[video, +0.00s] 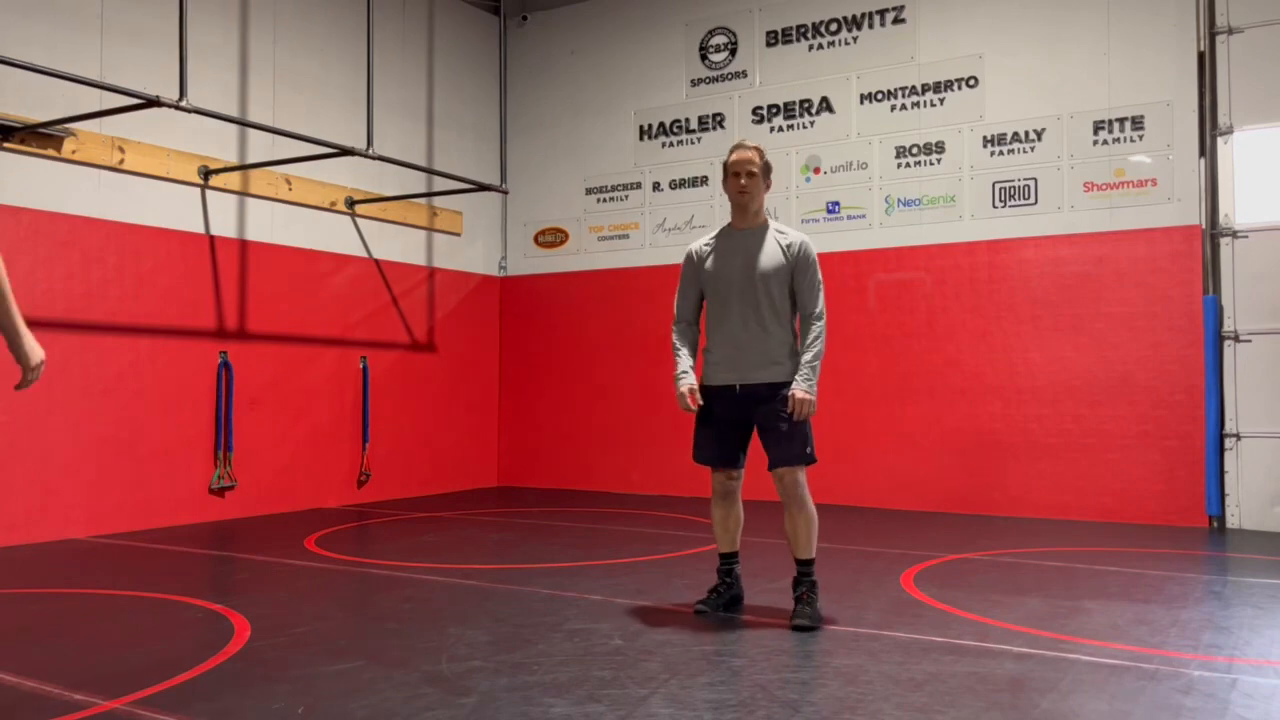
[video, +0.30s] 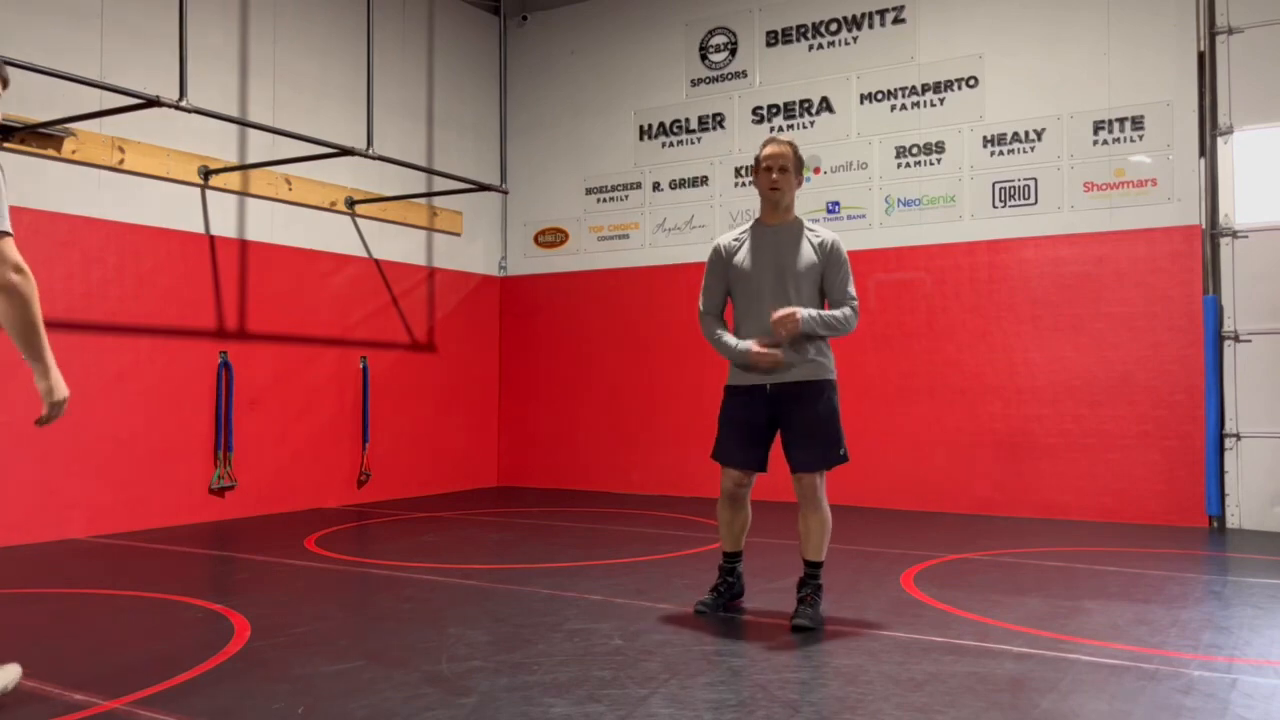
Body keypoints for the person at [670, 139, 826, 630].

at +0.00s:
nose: (742, 181)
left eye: (750, 174)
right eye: (734, 174)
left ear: (767, 183)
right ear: (723, 183)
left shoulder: (794, 247)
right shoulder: (701, 253)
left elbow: (815, 320)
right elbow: (683, 324)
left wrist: (806, 380)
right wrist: (684, 372)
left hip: (778, 389)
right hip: (721, 391)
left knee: (791, 485)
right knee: (724, 486)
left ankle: (806, 590)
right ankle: (728, 584)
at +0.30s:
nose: (773, 176)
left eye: (783, 169)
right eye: (765, 168)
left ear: (799, 179)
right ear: (754, 178)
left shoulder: (825, 245)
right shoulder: (728, 248)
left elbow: (847, 316)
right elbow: (709, 320)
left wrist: (805, 318)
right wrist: (741, 351)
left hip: (808, 385)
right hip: (747, 387)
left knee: (810, 489)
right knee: (733, 485)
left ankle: (810, 593)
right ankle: (729, 580)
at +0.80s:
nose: (787, 176)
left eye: (798, 167)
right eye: (780, 168)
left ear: (820, 174)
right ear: (773, 175)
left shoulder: (847, 238)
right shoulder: (750, 241)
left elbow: (840, 304)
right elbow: (736, 313)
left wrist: (810, 245)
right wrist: (800, 288)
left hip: (822, 382)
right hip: (761, 379)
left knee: (820, 489)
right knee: (736, 471)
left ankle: (812, 596)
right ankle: (731, 594)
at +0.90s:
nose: (779, 176)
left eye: (790, 167)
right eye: (775, 167)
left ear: (816, 173)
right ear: (771, 173)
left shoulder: (846, 238)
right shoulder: (748, 241)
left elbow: (841, 305)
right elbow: (732, 312)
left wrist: (812, 244)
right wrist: (800, 296)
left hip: (822, 383)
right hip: (760, 380)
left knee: (818, 490)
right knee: (740, 478)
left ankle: (812, 596)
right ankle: (733, 597)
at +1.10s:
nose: (764, 176)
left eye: (774, 167)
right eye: (761, 168)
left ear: (807, 171)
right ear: (759, 174)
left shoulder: (838, 237)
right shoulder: (739, 240)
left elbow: (845, 303)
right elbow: (718, 311)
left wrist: (811, 247)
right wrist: (784, 314)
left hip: (816, 384)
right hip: (755, 385)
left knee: (814, 492)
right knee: (745, 491)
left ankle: (811, 596)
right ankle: (742, 609)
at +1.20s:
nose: (754, 172)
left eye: (763, 162)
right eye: (750, 165)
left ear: (794, 166)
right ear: (753, 172)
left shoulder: (834, 233)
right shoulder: (732, 238)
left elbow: (844, 300)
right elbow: (710, 309)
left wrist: (802, 248)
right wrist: (774, 306)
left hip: (811, 383)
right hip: (747, 383)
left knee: (810, 492)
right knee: (742, 491)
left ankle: (809, 594)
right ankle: (742, 608)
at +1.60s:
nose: (721, 174)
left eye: (729, 163)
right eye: (718, 165)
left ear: (762, 161)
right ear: (731, 168)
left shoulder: (807, 227)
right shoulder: (708, 240)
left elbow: (806, 293)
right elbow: (683, 315)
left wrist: (755, 256)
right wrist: (717, 311)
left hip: (784, 382)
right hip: (724, 384)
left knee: (795, 499)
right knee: (731, 495)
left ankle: (813, 570)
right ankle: (740, 613)